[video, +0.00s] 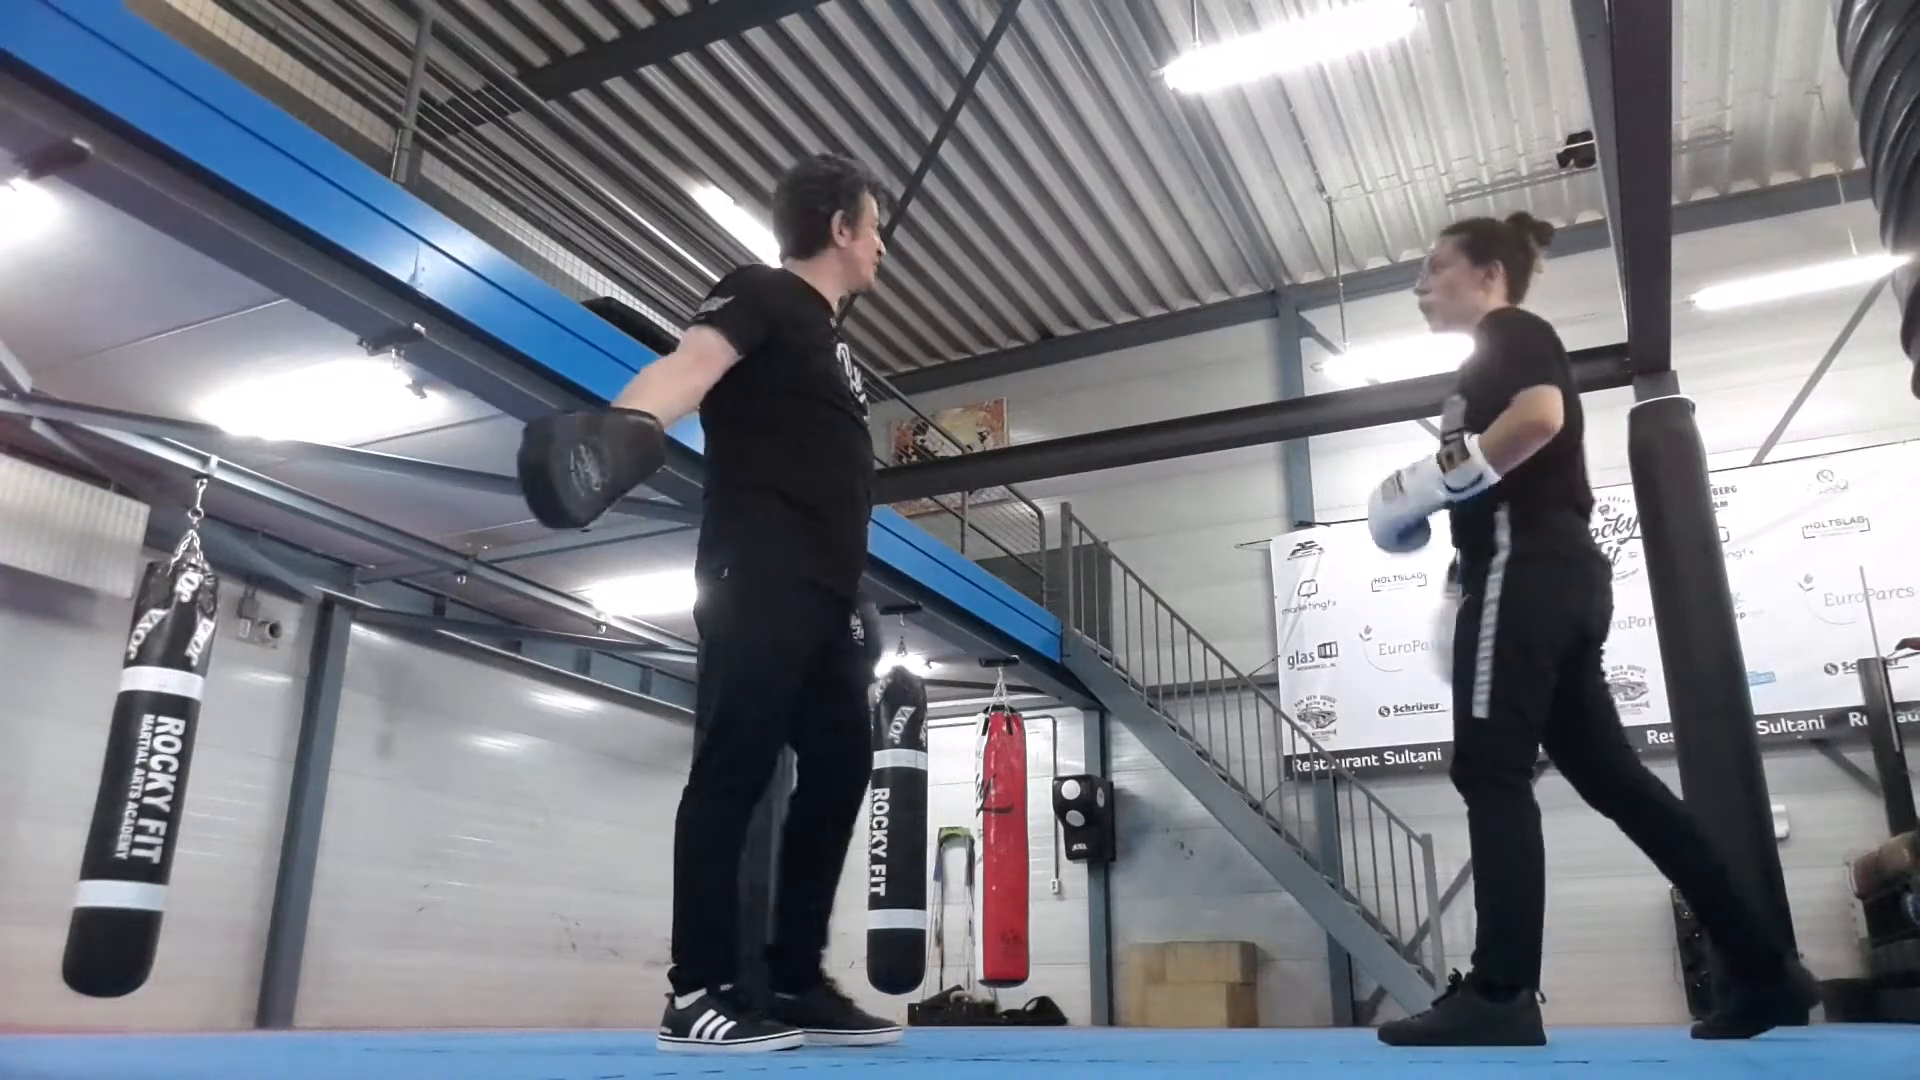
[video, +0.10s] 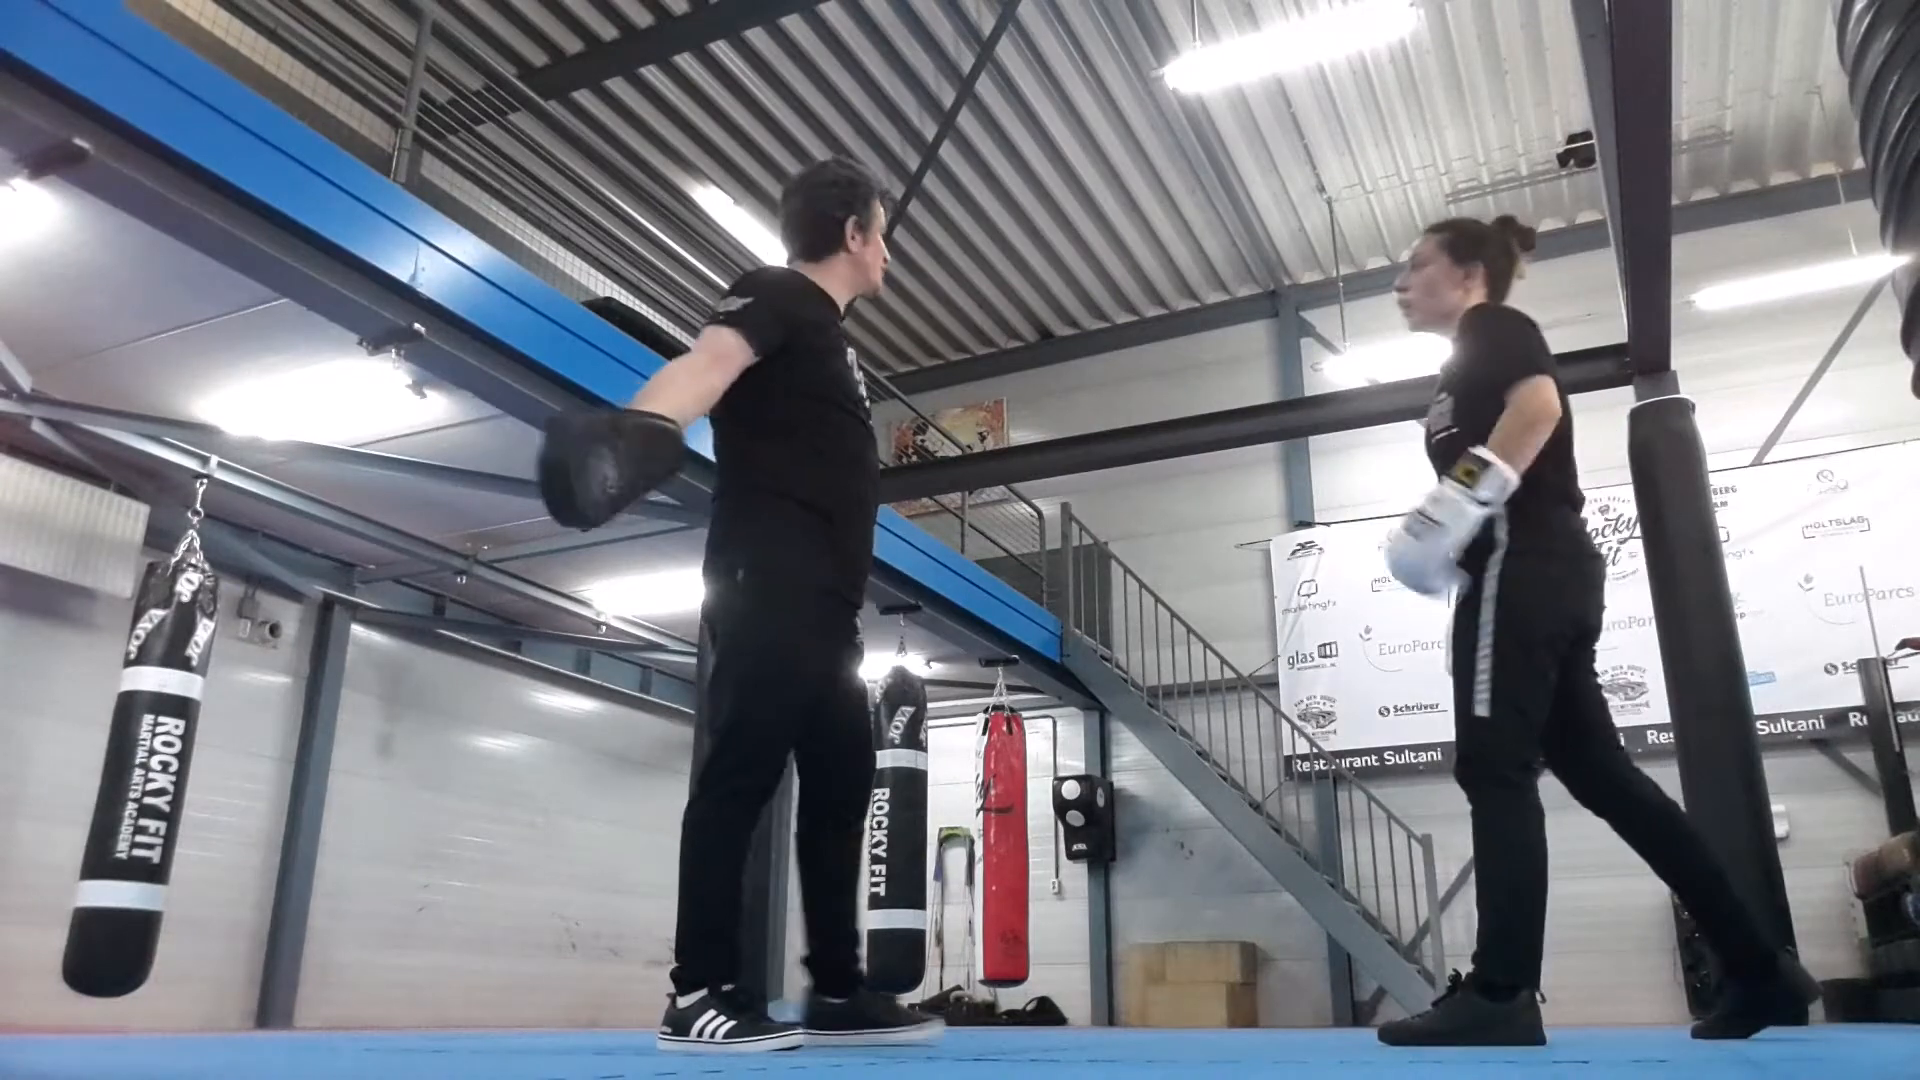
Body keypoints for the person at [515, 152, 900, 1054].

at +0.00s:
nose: (882, 246)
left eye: (882, 230)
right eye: (876, 228)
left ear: (832, 230)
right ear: (841, 226)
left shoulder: (828, 338)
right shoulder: (770, 293)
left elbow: (818, 475)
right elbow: (689, 368)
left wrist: (852, 592)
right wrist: (608, 443)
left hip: (820, 586)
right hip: (759, 571)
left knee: (840, 762)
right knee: (736, 763)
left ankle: (793, 982)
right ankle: (701, 992)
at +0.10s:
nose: (889, 251)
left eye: (888, 234)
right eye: (885, 233)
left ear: (823, 231)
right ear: (854, 232)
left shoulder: (820, 332)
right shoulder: (784, 295)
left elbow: (806, 464)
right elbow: (707, 362)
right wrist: (631, 439)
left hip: (818, 595)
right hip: (768, 583)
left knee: (842, 776)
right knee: (737, 776)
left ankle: (839, 988)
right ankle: (700, 995)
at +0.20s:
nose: (892, 265)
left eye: (891, 248)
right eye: (890, 246)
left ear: (821, 239)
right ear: (866, 242)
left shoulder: (830, 335)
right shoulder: (796, 305)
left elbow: (804, 464)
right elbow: (734, 379)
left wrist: (855, 579)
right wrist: (675, 456)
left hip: (818, 597)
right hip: (777, 590)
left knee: (847, 777)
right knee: (753, 771)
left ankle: (854, 992)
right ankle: (701, 994)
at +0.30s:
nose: (892, 269)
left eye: (889, 253)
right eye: (891, 253)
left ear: (812, 251)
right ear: (873, 251)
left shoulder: (817, 327)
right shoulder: (823, 317)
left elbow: (805, 449)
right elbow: (791, 431)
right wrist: (756, 523)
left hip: (818, 599)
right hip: (797, 594)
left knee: (849, 778)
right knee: (767, 774)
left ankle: (854, 994)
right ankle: (703, 996)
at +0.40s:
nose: (884, 266)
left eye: (879, 255)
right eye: (881, 254)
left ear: (794, 263)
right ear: (869, 255)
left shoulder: (774, 345)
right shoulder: (851, 319)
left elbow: (783, 478)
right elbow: (893, 451)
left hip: (793, 590)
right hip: (822, 591)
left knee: (845, 785)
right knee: (771, 777)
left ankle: (854, 996)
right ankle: (704, 996)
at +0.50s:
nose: (877, 268)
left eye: (868, 257)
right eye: (875, 254)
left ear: (786, 268)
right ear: (864, 255)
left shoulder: (761, 354)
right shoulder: (863, 315)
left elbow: (806, 458)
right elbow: (977, 421)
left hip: (801, 587)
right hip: (836, 585)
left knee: (847, 787)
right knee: (774, 775)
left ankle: (853, 998)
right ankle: (705, 996)